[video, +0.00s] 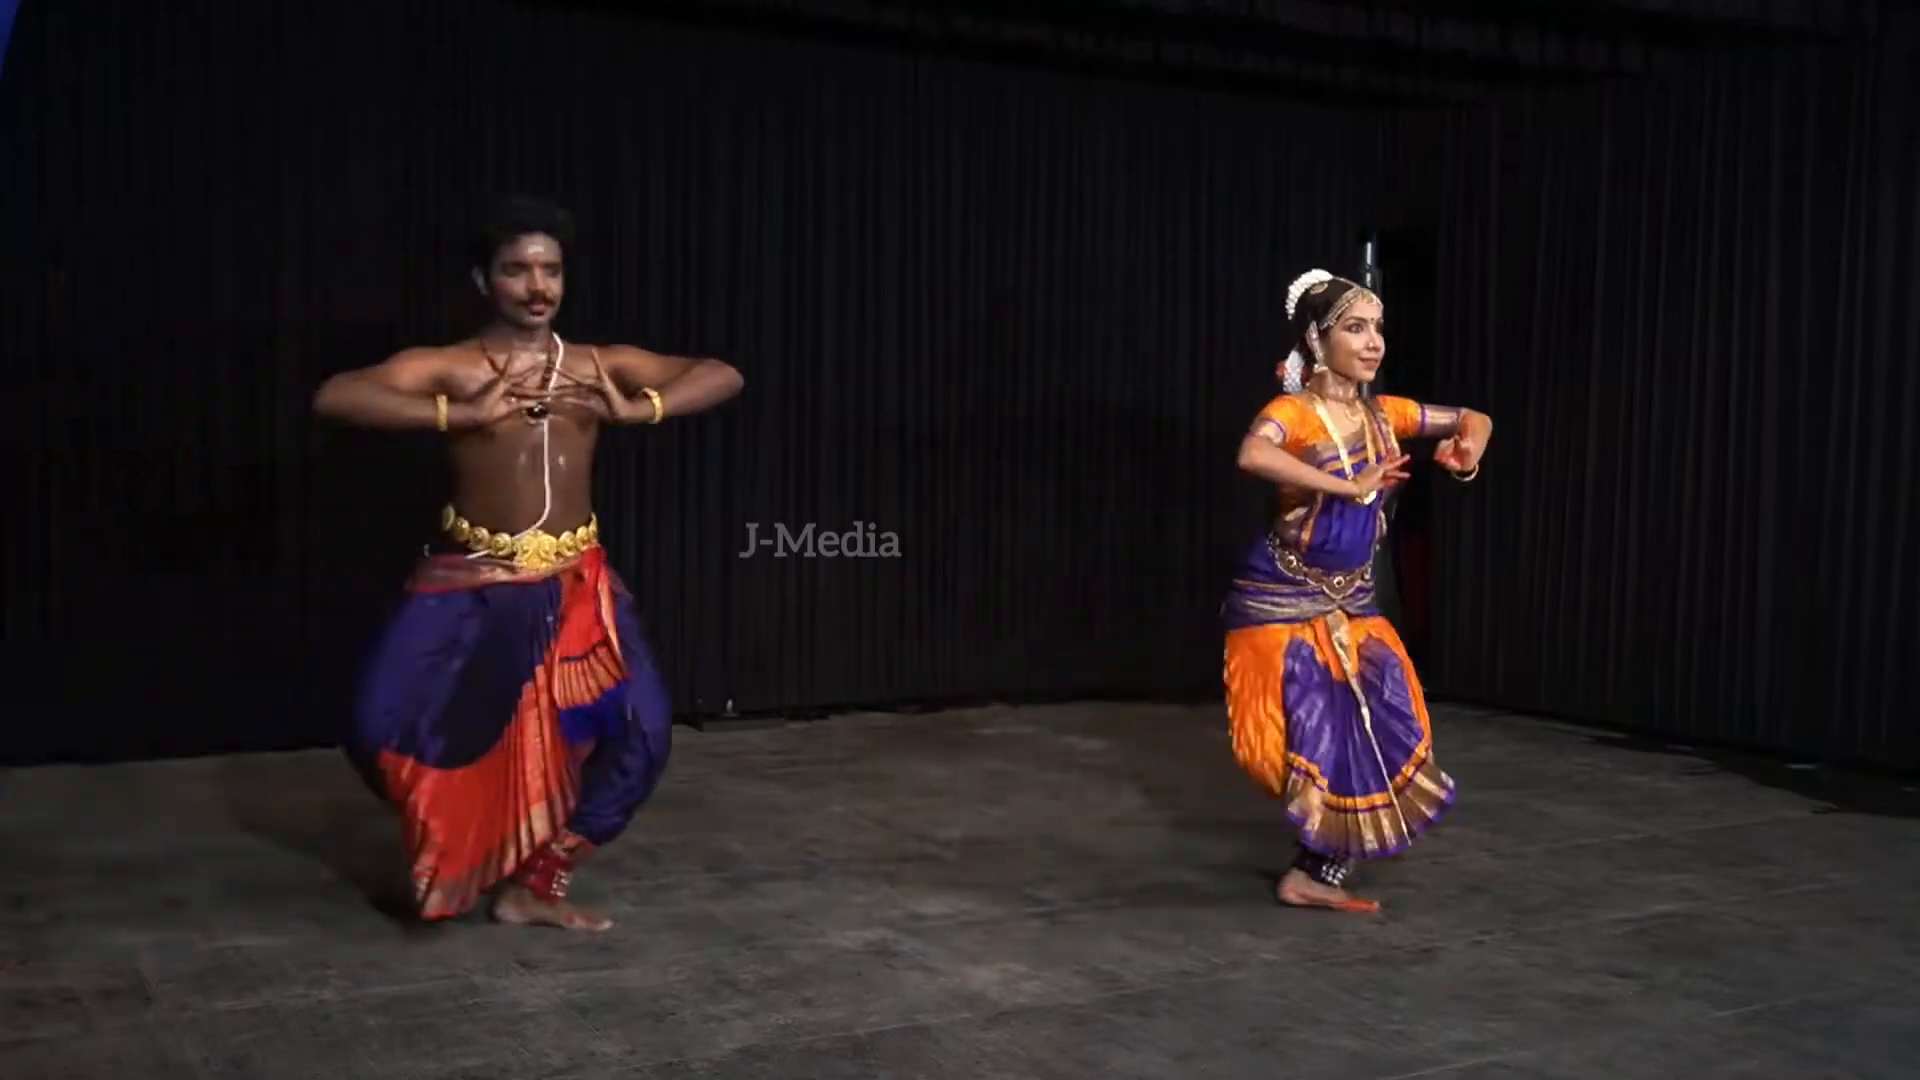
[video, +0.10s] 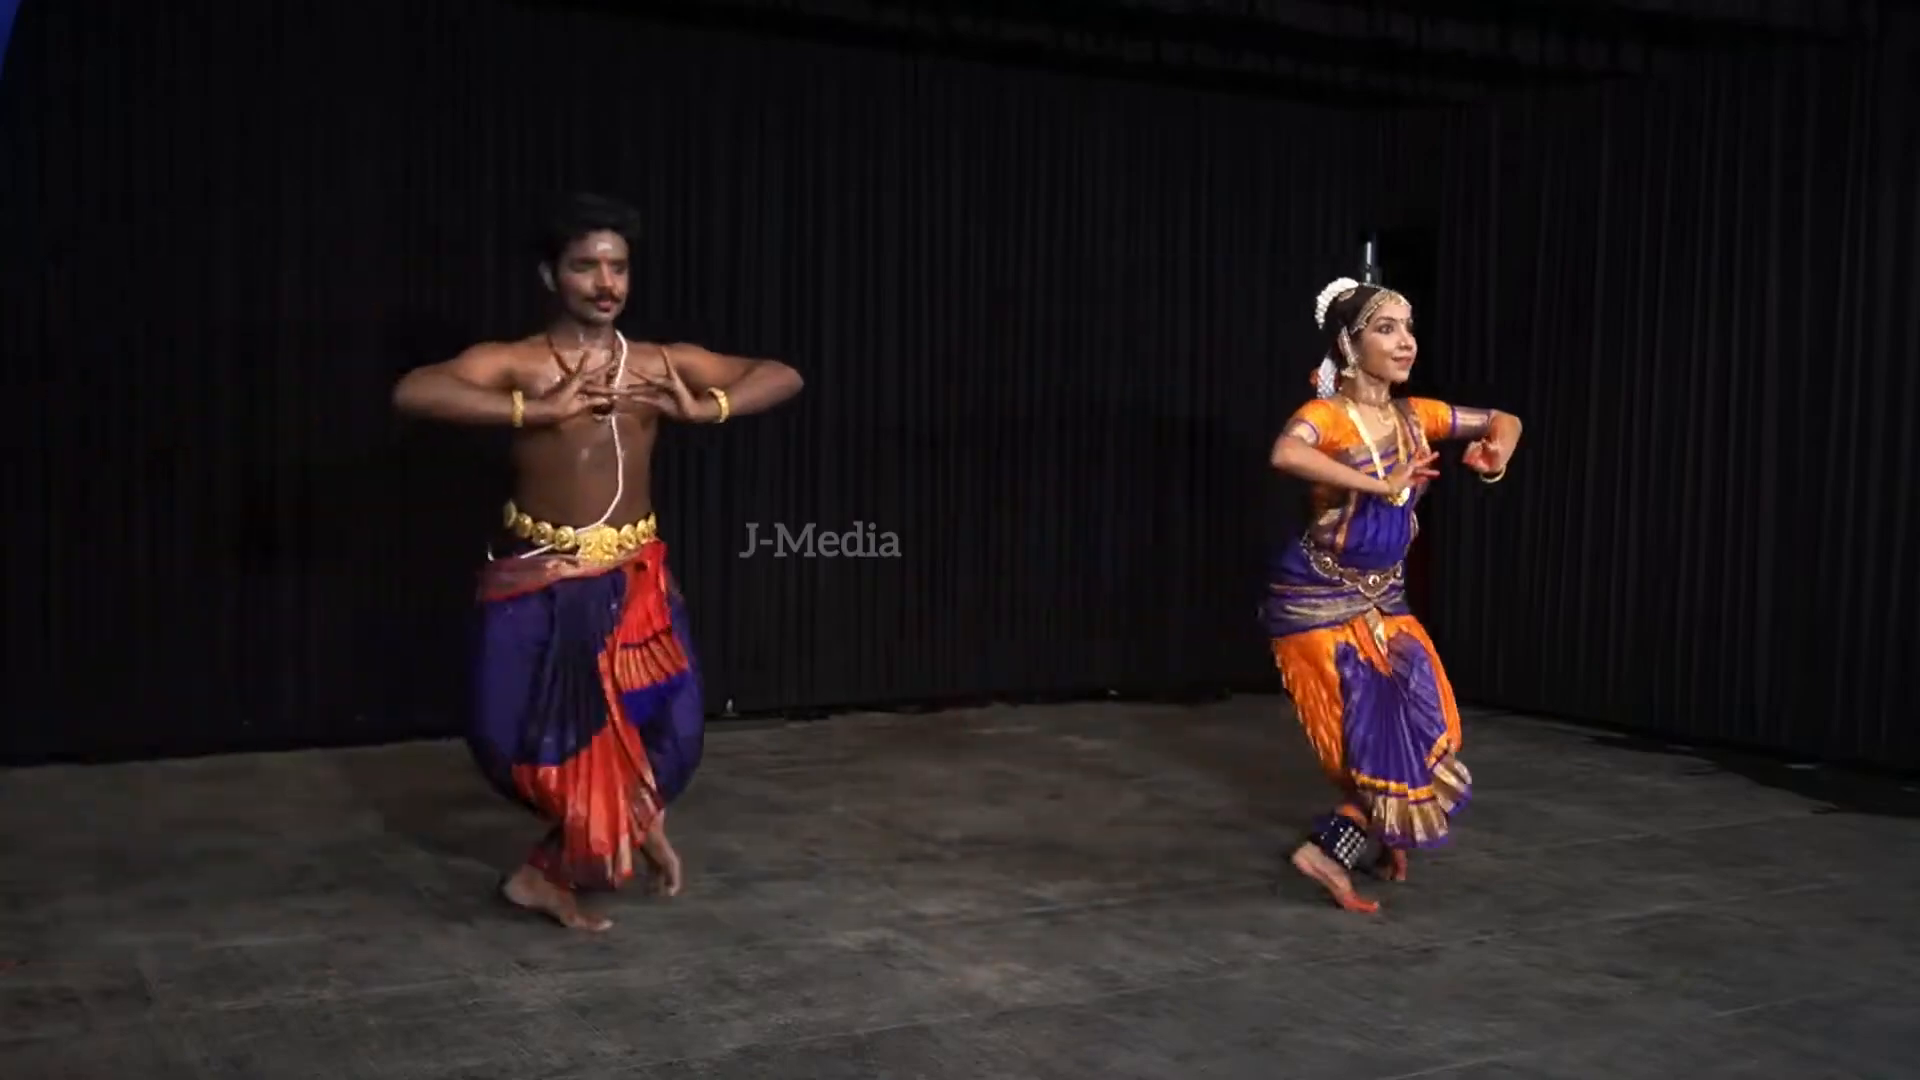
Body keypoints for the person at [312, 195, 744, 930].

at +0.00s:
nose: (538, 286)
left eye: (551, 270)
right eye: (518, 271)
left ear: (565, 280)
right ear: (486, 281)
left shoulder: (598, 365)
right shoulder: (455, 366)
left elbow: (725, 377)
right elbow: (336, 398)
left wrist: (644, 408)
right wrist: (460, 414)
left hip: (575, 582)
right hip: (474, 584)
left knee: (638, 729)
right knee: (380, 721)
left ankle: (533, 888)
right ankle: (448, 850)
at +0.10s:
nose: (607, 283)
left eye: (619, 267)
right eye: (587, 267)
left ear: (631, 276)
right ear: (552, 276)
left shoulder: (659, 362)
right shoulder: (520, 361)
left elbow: (785, 377)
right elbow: (413, 393)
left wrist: (712, 407)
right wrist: (531, 409)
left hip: (633, 577)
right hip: (541, 580)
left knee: (675, 733)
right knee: (501, 736)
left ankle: (545, 876)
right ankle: (634, 816)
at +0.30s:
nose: (723, 272)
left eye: (733, 258)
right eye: (705, 258)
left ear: (743, 268)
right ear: (668, 268)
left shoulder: (767, 353)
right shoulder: (632, 350)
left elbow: (885, 366)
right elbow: (540, 381)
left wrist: (824, 397)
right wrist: (652, 398)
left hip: (741, 555)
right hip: (648, 560)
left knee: (832, 674)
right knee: (633, 725)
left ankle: (746, 832)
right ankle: (704, 841)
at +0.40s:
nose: (778, 274)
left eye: (788, 260)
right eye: (760, 259)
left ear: (798, 269)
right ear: (724, 267)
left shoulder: (818, 353)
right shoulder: (684, 346)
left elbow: (935, 367)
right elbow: (597, 375)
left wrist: (872, 398)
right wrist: (709, 396)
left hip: (789, 543)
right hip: (693, 548)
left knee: (899, 647)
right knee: (667, 712)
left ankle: (826, 799)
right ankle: (735, 832)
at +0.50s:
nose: (833, 311)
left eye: (844, 296)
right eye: (818, 294)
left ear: (853, 301)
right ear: (780, 295)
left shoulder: (866, 377)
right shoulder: (738, 367)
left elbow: (982, 397)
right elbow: (650, 392)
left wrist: (916, 415)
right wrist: (762, 406)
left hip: (834, 570)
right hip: (746, 573)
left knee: (928, 693)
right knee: (727, 725)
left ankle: (872, 847)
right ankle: (797, 854)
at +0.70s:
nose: (959, 345)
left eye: (968, 332)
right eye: (943, 328)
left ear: (975, 337)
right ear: (904, 329)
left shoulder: (971, 424)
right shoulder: (850, 401)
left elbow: (1056, 479)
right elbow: (753, 458)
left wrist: (1092, 423)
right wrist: (752, 383)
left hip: (929, 591)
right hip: (844, 591)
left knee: (1045, 662)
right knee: (795, 723)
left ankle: (1015, 814)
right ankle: (803, 860)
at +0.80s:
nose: (1030, 349)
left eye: (1038, 338)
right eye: (1015, 333)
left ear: (1043, 346)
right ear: (974, 336)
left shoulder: (1037, 427)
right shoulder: (921, 399)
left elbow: (1128, 473)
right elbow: (825, 438)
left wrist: (1206, 426)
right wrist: (759, 395)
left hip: (992, 587)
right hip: (909, 582)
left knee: (1102, 664)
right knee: (831, 700)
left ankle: (1145, 795)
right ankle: (804, 854)